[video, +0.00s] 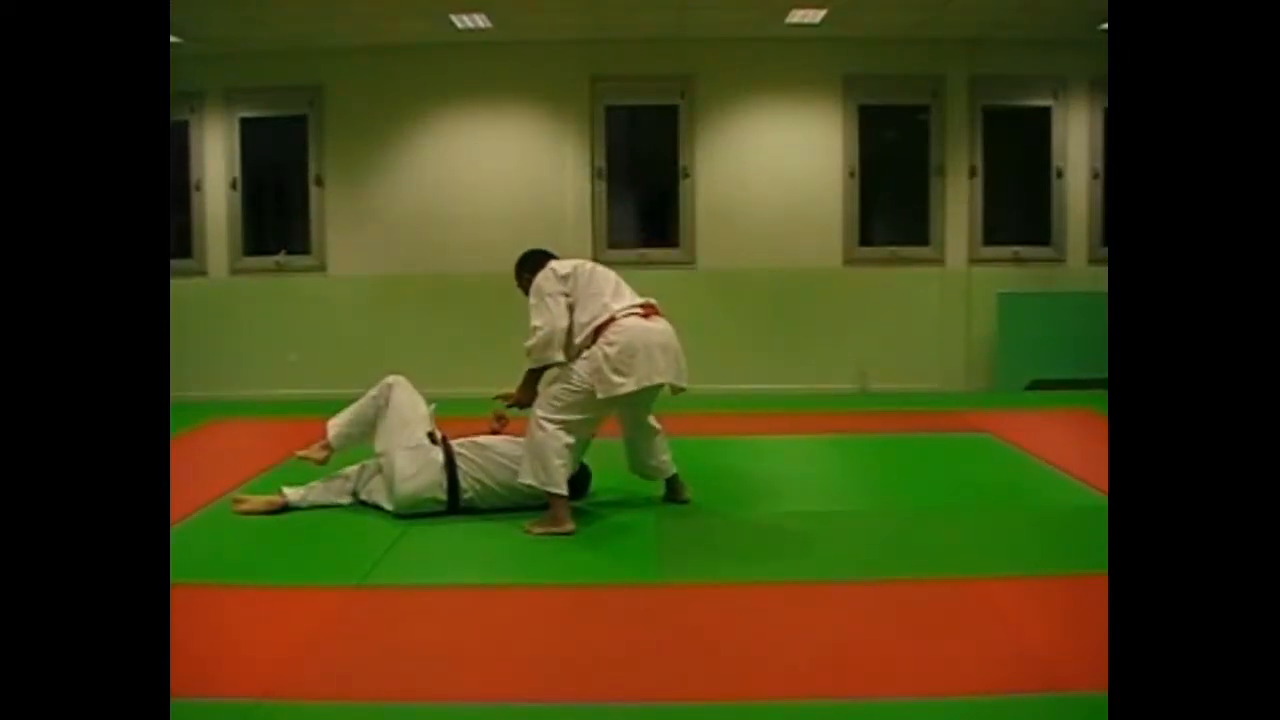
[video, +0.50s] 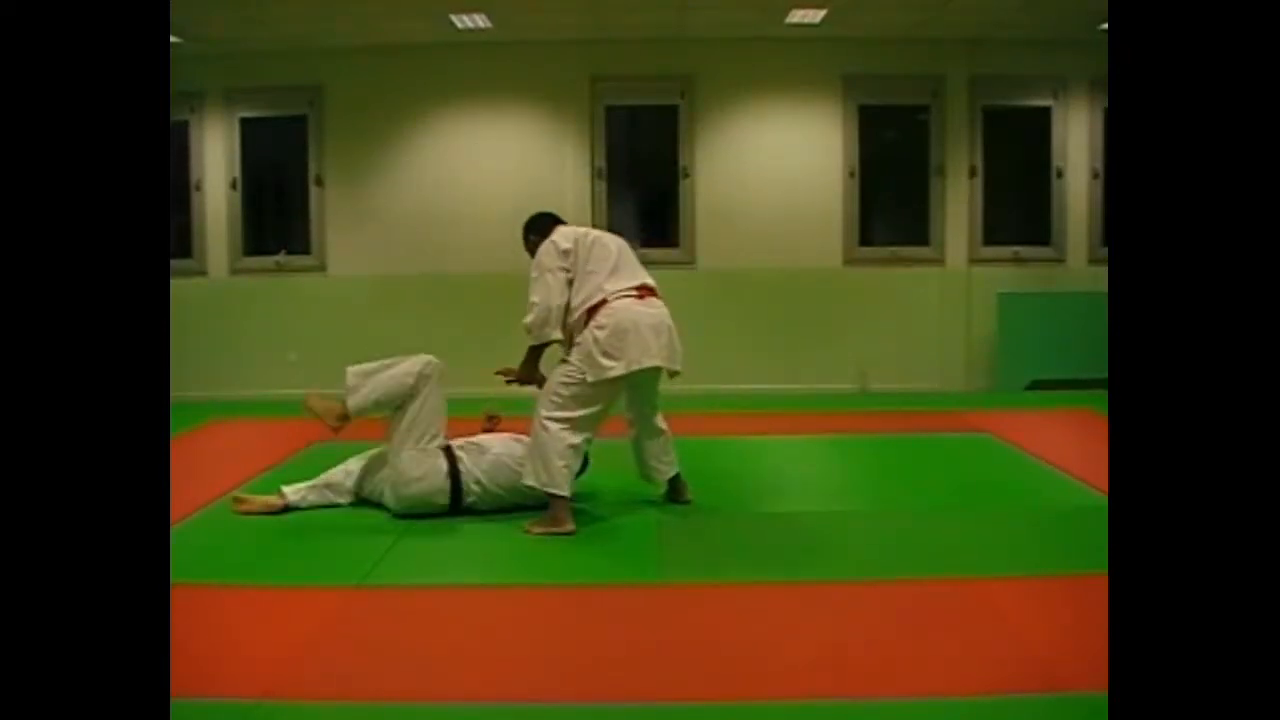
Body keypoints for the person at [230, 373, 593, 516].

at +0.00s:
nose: (544, 430)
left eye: (549, 433)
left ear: (562, 454)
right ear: (571, 491)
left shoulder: (538, 453)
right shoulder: (549, 487)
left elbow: (484, 450)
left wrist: (447, 443)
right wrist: (456, 454)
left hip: (423, 465)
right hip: (421, 501)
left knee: (396, 385)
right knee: (356, 480)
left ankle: (326, 443)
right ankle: (282, 500)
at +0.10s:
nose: (544, 430)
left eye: (549, 433)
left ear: (562, 455)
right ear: (571, 491)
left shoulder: (537, 454)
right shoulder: (550, 487)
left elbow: (483, 449)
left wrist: (447, 442)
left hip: (422, 465)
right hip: (422, 499)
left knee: (395, 383)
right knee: (355, 481)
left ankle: (326, 443)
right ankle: (282, 500)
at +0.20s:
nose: (540, 427)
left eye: (544, 430)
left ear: (563, 464)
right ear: (571, 489)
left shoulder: (538, 455)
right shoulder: (549, 484)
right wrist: (500, 439)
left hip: (424, 467)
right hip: (424, 500)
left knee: (394, 377)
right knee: (356, 480)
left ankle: (324, 437)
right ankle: (281, 500)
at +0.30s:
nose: (539, 429)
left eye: (543, 433)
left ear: (562, 465)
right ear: (570, 486)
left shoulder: (538, 457)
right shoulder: (543, 477)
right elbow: (502, 465)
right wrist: (496, 437)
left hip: (425, 467)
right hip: (423, 498)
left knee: (396, 372)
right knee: (354, 481)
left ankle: (326, 429)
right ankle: (282, 500)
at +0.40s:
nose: (541, 427)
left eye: (547, 431)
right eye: (544, 427)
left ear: (564, 457)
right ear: (570, 473)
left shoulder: (540, 461)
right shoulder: (528, 463)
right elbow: (484, 461)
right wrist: (491, 436)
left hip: (427, 474)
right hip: (418, 494)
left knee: (412, 367)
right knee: (357, 477)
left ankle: (335, 417)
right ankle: (284, 500)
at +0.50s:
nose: (542, 420)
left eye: (549, 422)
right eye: (544, 419)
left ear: (563, 445)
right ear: (566, 452)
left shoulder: (551, 463)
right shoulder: (524, 454)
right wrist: (490, 435)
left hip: (430, 479)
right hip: (415, 486)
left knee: (427, 371)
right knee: (360, 472)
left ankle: (344, 408)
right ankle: (284, 499)